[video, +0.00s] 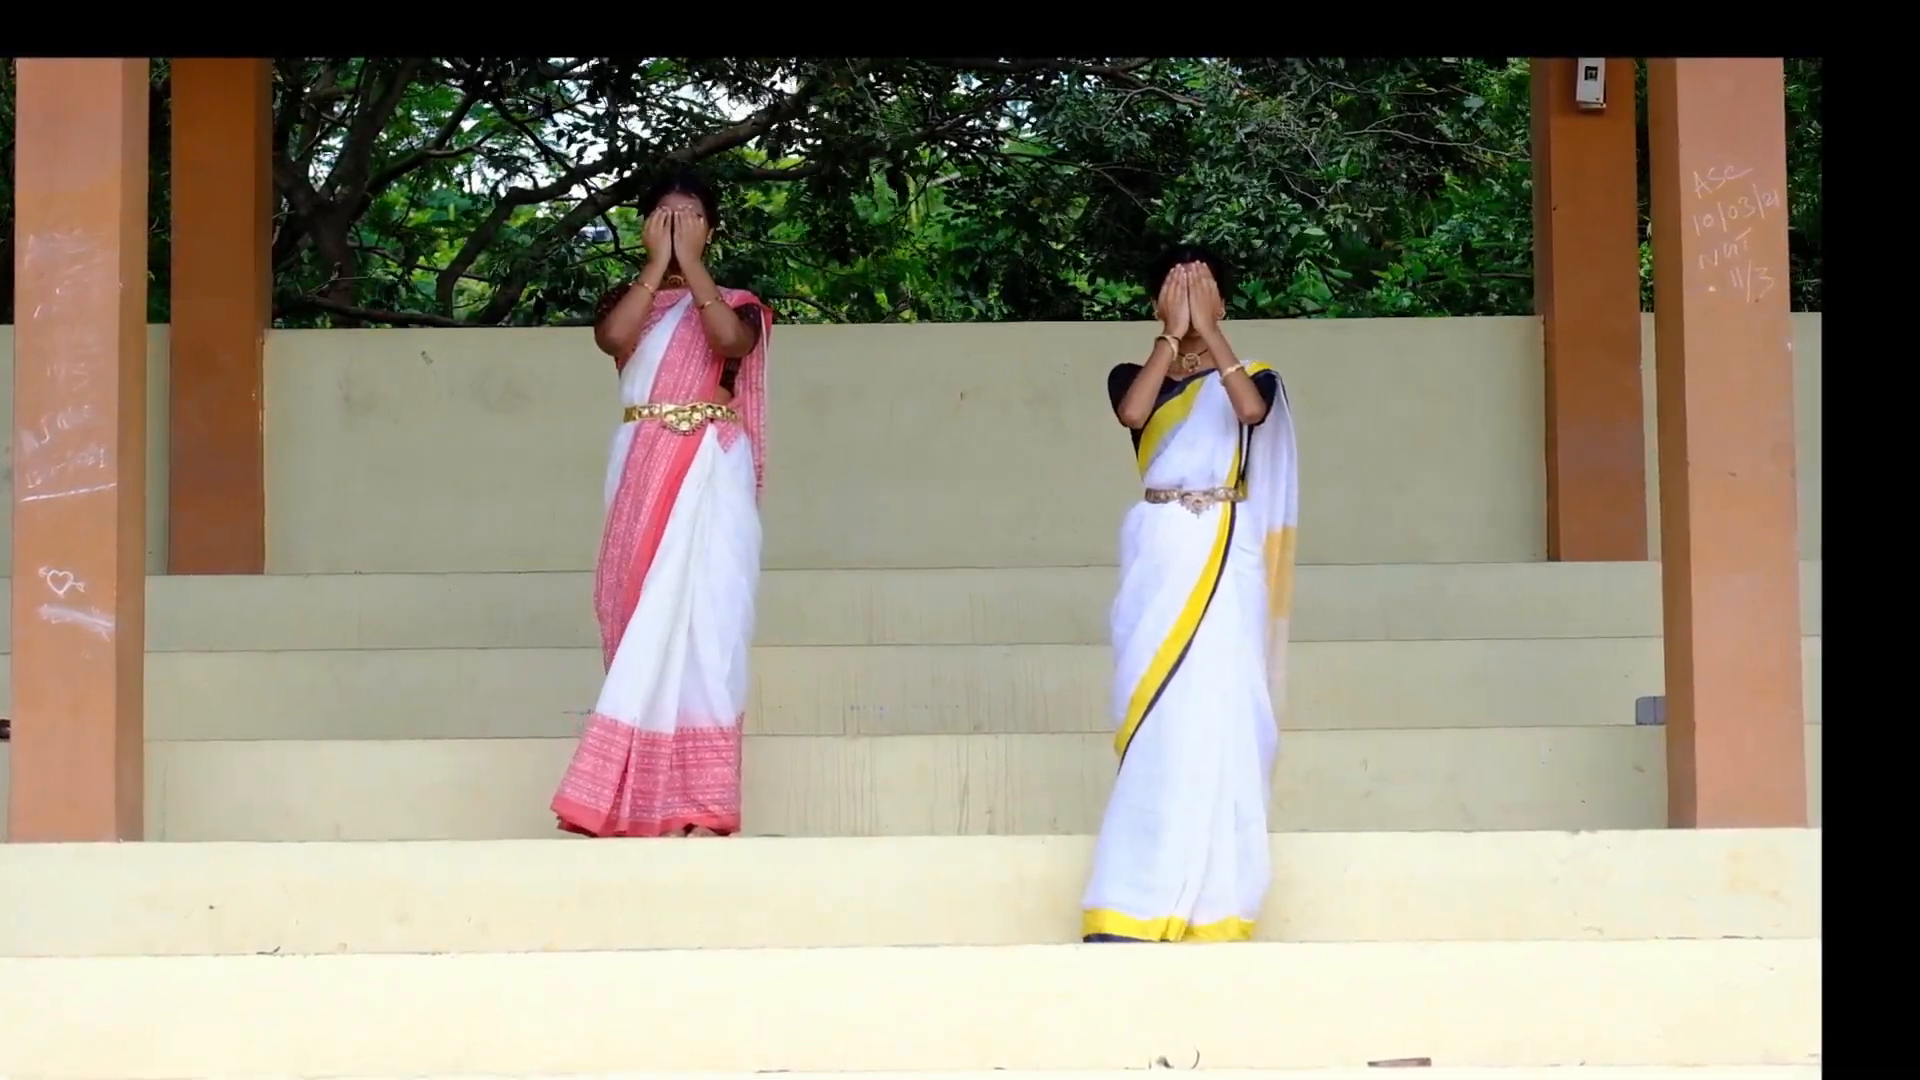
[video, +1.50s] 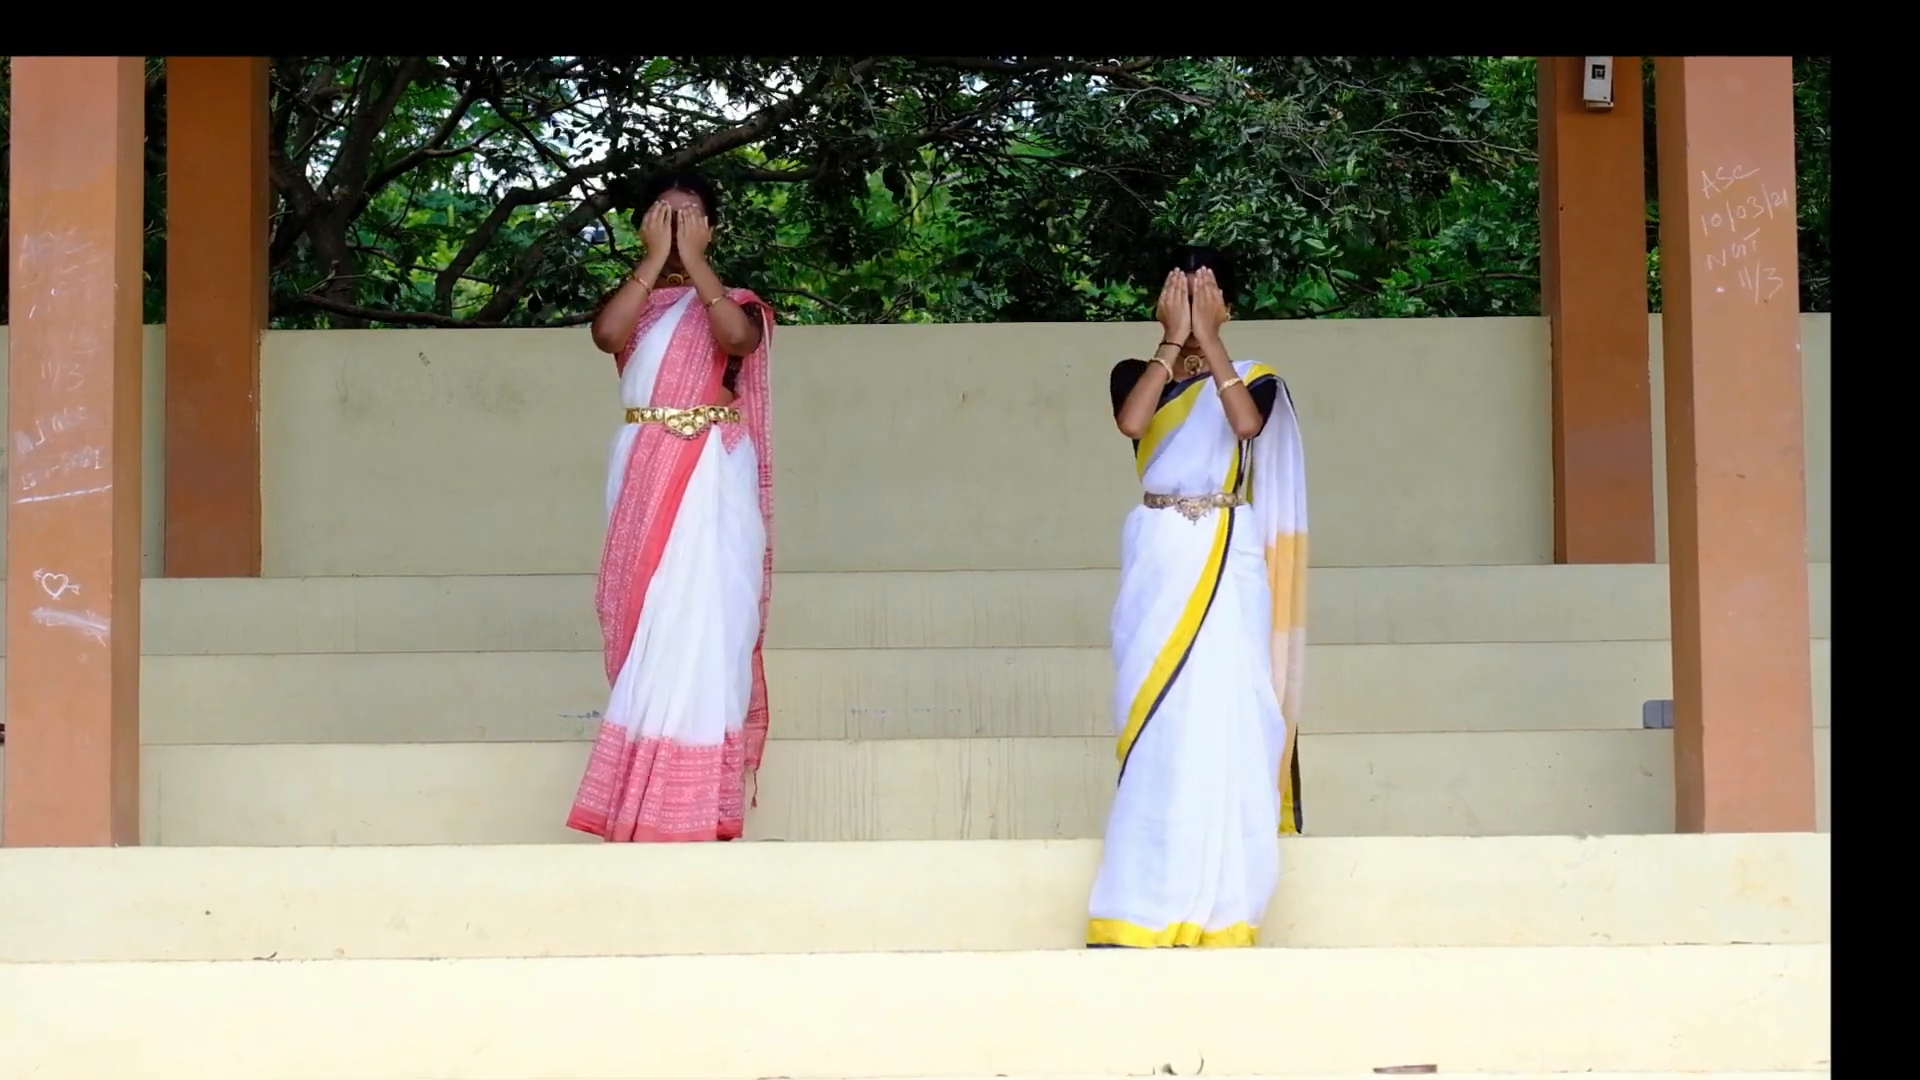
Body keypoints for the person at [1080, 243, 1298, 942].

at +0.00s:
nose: (1188, 318)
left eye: (1201, 306)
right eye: (1177, 306)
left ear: (1223, 310)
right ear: (1159, 312)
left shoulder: (1254, 378)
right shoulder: (1138, 379)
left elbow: (1248, 408)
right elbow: (1131, 409)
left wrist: (1211, 328)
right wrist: (1170, 335)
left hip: (1223, 564)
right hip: (1154, 561)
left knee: (1214, 718)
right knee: (1151, 717)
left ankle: (1211, 900)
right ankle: (1140, 899)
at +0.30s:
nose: (1194, 303)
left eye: (1205, 290)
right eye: (1182, 291)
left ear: (1229, 301)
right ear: (1165, 304)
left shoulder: (1253, 376)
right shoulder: (1148, 371)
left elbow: (1260, 409)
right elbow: (1111, 414)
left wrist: (1218, 330)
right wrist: (1150, 337)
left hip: (1223, 554)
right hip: (1156, 552)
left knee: (1216, 714)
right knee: (1152, 711)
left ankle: (1214, 897)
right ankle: (1145, 897)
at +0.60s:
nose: (1225, 301)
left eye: (1234, 289)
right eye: (1211, 291)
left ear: (1251, 301)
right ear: (1189, 305)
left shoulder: (1271, 377)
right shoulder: (1157, 372)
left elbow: (1280, 409)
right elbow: (1087, 407)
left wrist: (1244, 328)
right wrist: (1132, 331)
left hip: (1231, 556)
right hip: (1161, 549)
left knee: (1221, 716)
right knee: (1153, 714)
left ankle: (1215, 903)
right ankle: (1140, 903)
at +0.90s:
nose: (1216, 304)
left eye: (1228, 291)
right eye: (1206, 293)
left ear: (1251, 304)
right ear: (1186, 307)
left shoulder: (1271, 380)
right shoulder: (1163, 371)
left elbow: (1269, 420)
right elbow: (1111, 405)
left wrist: (1235, 339)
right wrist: (1154, 332)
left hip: (1225, 562)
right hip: (1156, 556)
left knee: (1217, 721)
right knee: (1152, 717)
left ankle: (1214, 904)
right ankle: (1144, 901)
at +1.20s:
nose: (1197, 307)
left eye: (1209, 296)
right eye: (1186, 295)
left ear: (1233, 305)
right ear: (1170, 305)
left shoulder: (1259, 379)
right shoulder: (1149, 372)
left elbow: (1256, 422)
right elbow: (1123, 414)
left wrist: (1217, 338)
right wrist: (1162, 342)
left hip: (1223, 558)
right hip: (1155, 554)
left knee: (1216, 718)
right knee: (1153, 715)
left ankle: (1216, 897)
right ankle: (1150, 896)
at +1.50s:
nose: (1192, 318)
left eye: (1204, 306)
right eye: (1180, 305)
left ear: (1225, 311)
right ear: (1163, 309)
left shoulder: (1254, 379)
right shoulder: (1138, 375)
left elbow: (1246, 424)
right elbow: (1132, 422)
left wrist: (1209, 338)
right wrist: (1173, 342)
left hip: (1223, 566)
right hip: (1153, 563)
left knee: (1219, 726)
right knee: (1153, 723)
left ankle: (1218, 906)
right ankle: (1148, 905)